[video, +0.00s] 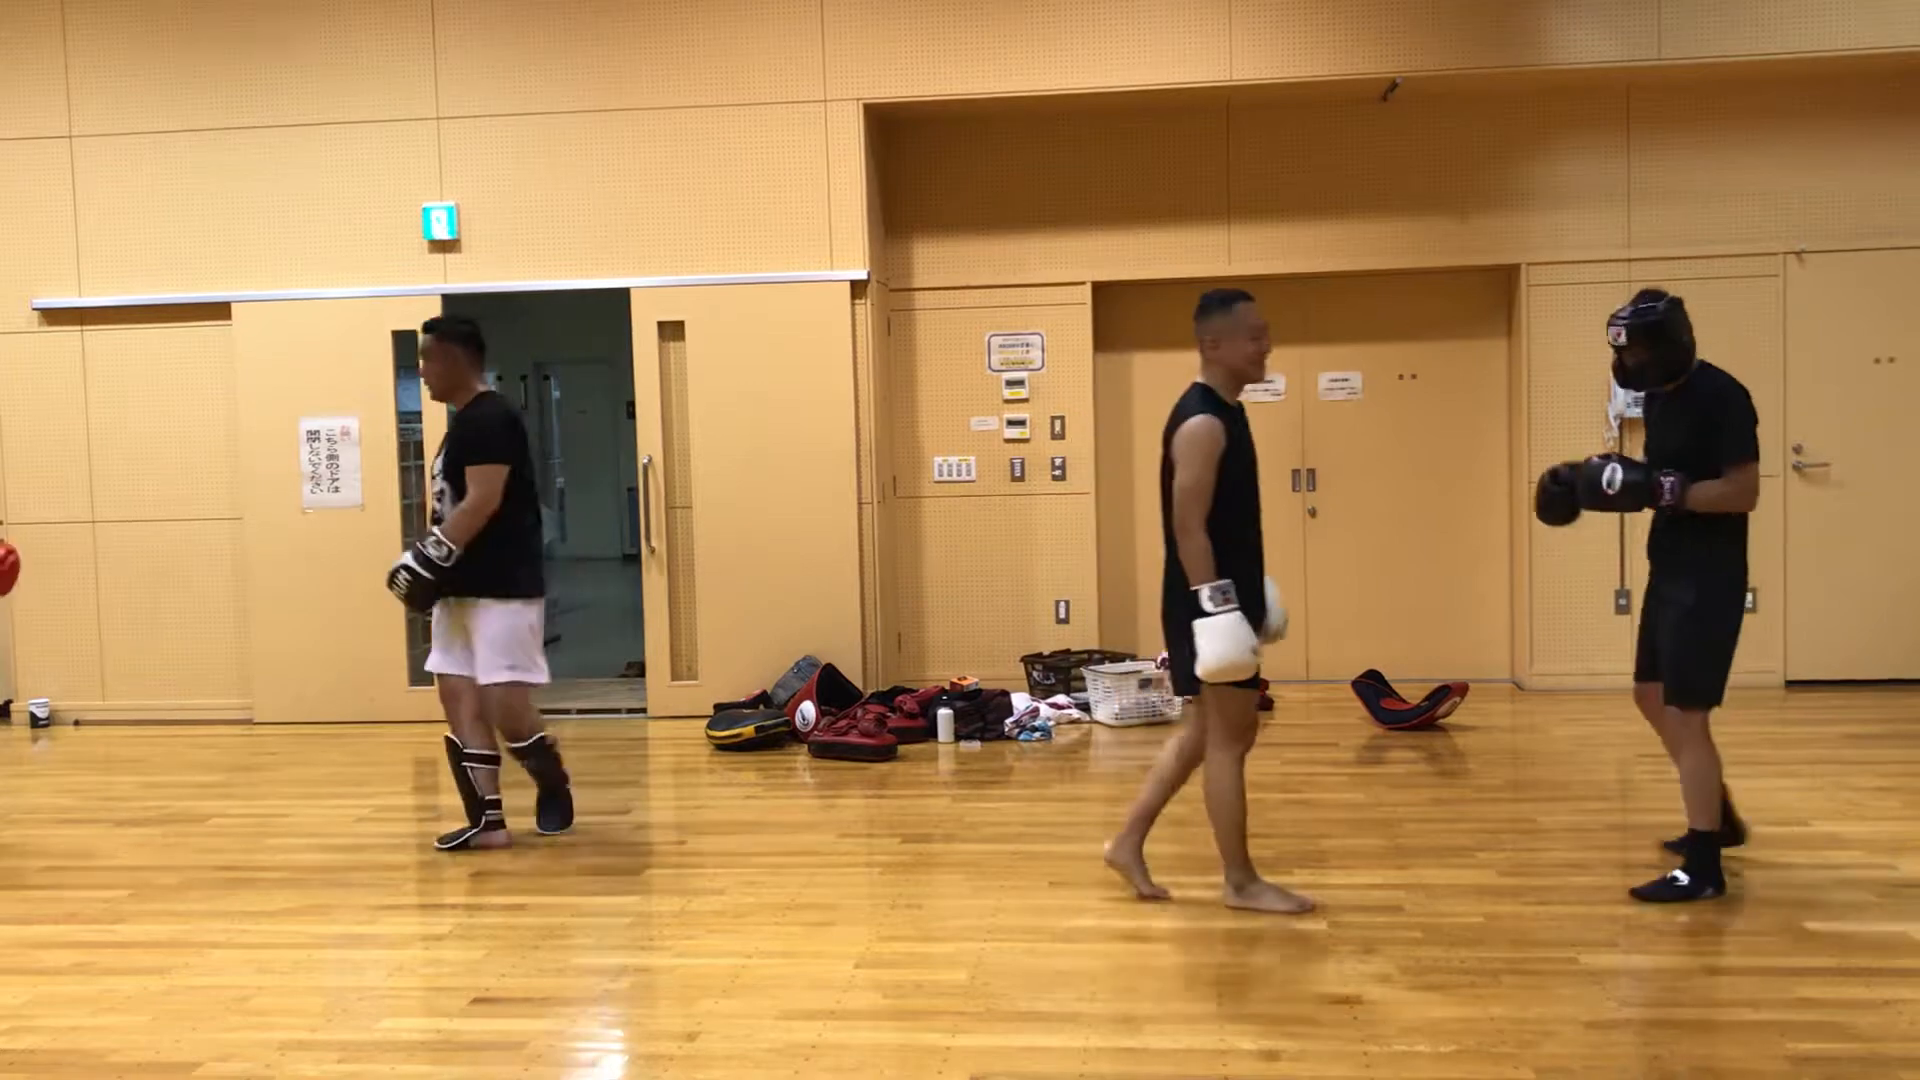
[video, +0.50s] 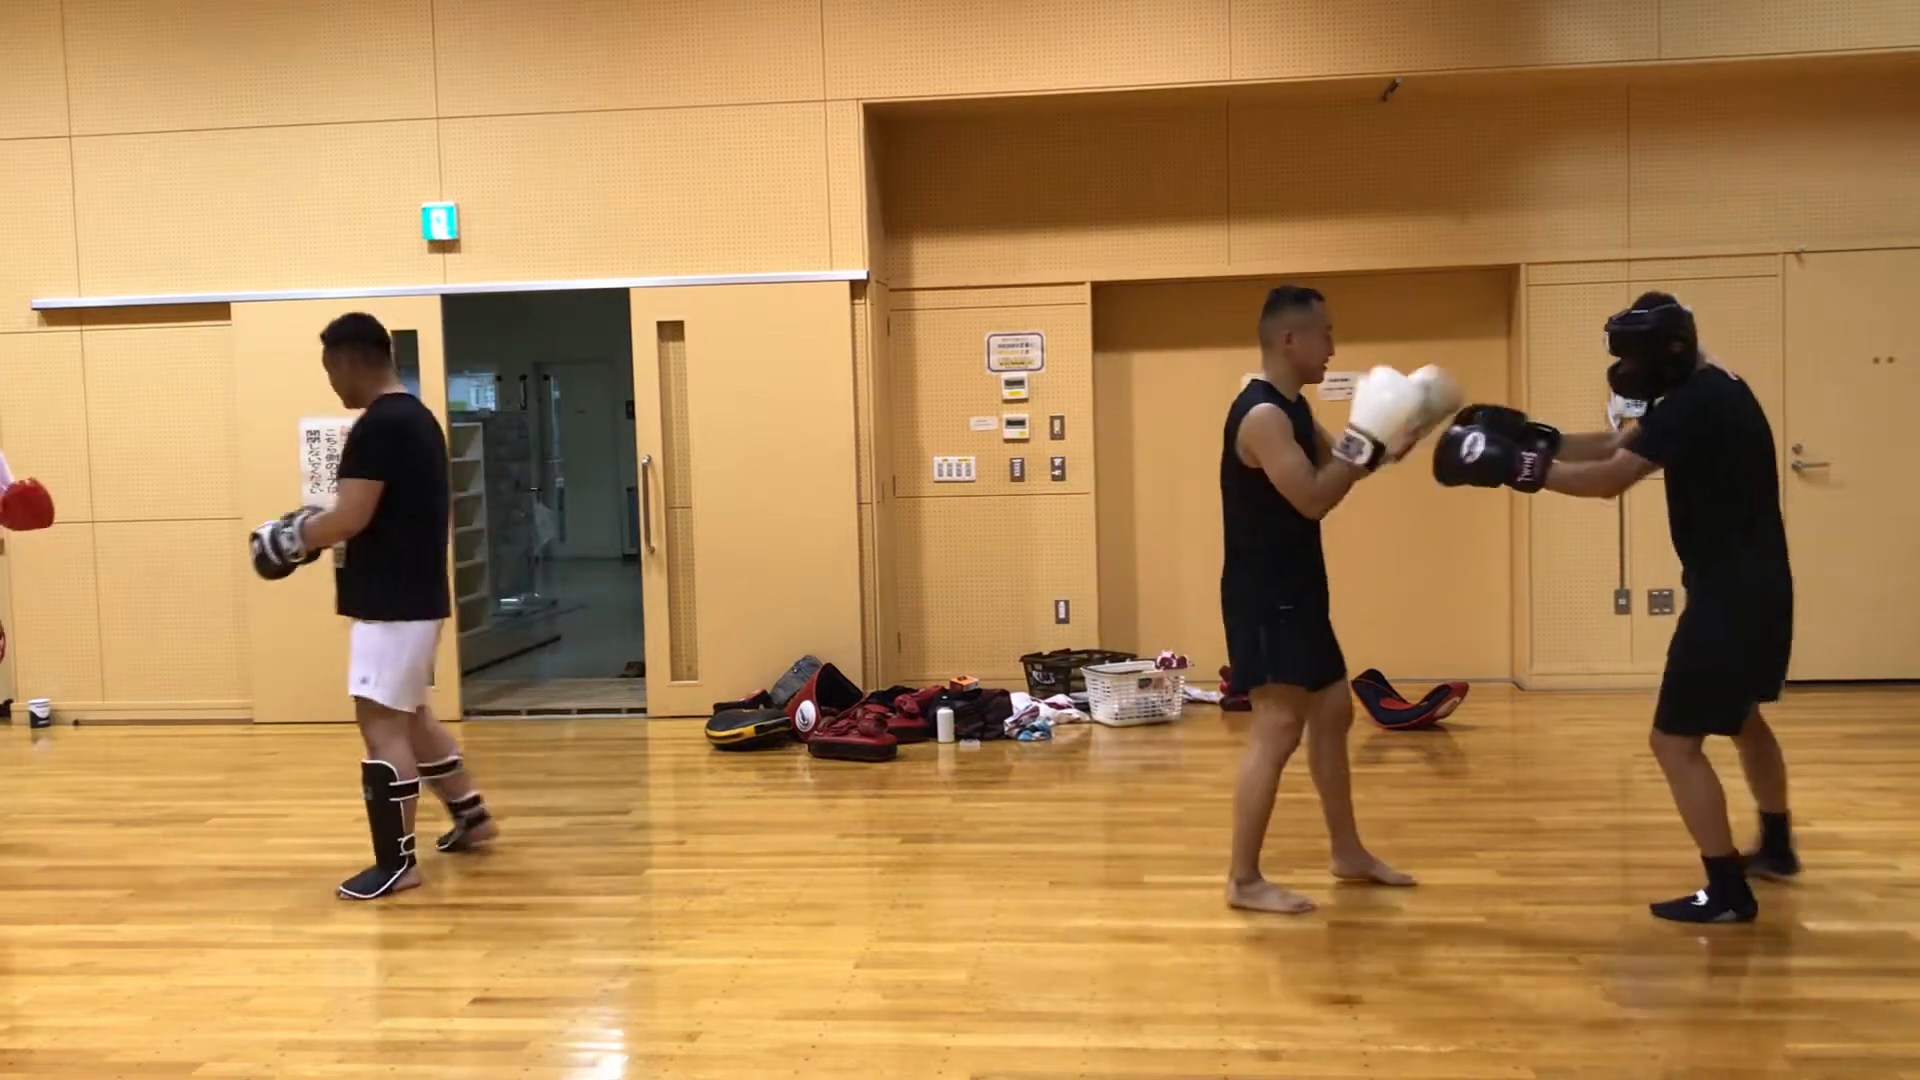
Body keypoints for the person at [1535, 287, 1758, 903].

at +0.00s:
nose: (1619, 360)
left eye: (1628, 349)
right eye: (1618, 349)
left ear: (1663, 348)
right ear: (1642, 352)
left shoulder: (1722, 398)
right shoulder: (1659, 398)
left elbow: (1744, 493)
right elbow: (1659, 476)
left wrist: (1663, 490)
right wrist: (1595, 481)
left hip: (1709, 579)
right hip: (1670, 575)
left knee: (1686, 714)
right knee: (1651, 695)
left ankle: (1702, 868)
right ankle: (1720, 819)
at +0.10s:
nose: (1626, 363)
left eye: (1636, 351)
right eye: (1625, 351)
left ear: (1675, 349)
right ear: (1642, 353)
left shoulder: (1725, 402)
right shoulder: (1658, 405)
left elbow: (1735, 501)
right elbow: (1644, 480)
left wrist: (1650, 483)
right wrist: (1574, 470)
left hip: (1714, 583)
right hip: (1676, 580)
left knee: (1667, 716)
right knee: (1679, 711)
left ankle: (1700, 864)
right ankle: (1746, 826)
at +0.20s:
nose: (1629, 371)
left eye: (1640, 359)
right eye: (1627, 359)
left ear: (1677, 357)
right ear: (1640, 359)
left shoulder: (1725, 408)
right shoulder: (1661, 413)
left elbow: (1724, 509)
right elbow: (1636, 483)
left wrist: (1639, 484)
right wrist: (1562, 465)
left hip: (1718, 587)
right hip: (1686, 586)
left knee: (1653, 715)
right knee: (1681, 715)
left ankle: (1704, 857)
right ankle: (1747, 830)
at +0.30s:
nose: (1628, 373)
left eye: (1638, 361)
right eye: (1626, 361)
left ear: (1674, 360)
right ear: (1647, 361)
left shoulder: (1721, 413)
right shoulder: (1675, 413)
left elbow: (1706, 512)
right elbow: (1635, 480)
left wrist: (1624, 486)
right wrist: (1561, 455)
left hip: (1717, 593)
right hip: (1695, 590)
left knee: (1649, 723)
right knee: (1685, 716)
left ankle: (1716, 869)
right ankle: (1747, 832)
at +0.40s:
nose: (1625, 371)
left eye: (1634, 360)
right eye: (1623, 359)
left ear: (1670, 359)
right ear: (1669, 357)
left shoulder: (1711, 411)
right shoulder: (1688, 401)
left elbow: (1662, 506)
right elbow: (1633, 462)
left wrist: (1582, 482)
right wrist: (1562, 450)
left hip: (1719, 595)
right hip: (1723, 588)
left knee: (1661, 738)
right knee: (1706, 713)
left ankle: (1724, 889)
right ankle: (1746, 830)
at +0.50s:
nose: (1616, 367)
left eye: (1628, 356)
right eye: (1616, 355)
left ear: (1670, 354)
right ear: (1674, 354)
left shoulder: (1691, 406)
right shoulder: (1714, 389)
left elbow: (1608, 481)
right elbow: (1619, 444)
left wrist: (1522, 467)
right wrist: (1539, 439)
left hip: (1725, 598)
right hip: (1756, 590)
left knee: (1674, 741)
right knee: (1742, 717)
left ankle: (1726, 891)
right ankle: (1776, 845)